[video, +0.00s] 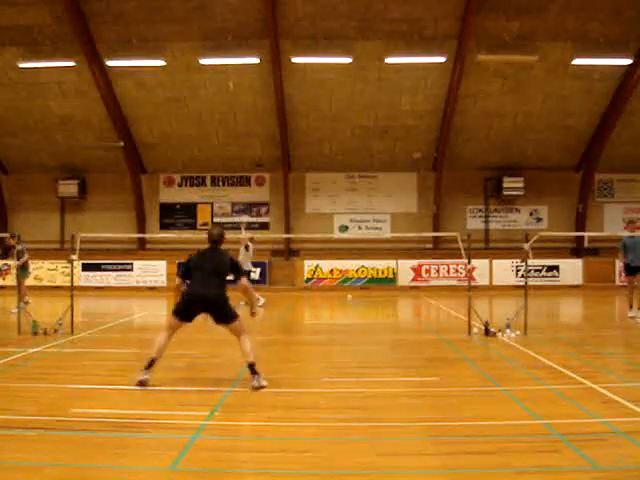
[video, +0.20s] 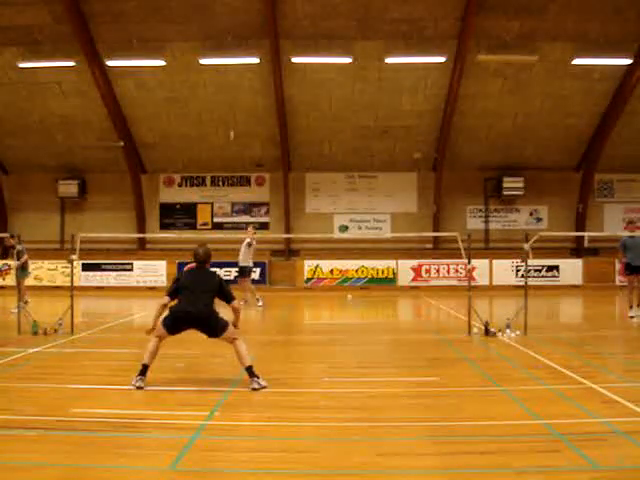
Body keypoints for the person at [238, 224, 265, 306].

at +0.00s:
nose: (243, 240)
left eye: (245, 238)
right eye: (243, 238)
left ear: (248, 240)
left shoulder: (248, 246)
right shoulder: (243, 246)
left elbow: (244, 238)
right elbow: (243, 237)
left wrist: (243, 229)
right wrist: (243, 229)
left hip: (247, 268)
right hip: (242, 268)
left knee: (246, 285)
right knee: (243, 286)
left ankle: (258, 298)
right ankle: (248, 299)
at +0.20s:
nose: (249, 233)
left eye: (250, 231)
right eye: (248, 231)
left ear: (254, 232)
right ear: (247, 232)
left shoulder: (251, 241)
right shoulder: (246, 241)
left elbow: (251, 243)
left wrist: (251, 238)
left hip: (247, 264)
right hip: (242, 264)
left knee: (247, 283)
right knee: (241, 283)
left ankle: (257, 298)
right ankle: (245, 298)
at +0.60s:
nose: (260, 242)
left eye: (261, 240)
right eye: (258, 240)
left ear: (263, 242)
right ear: (256, 240)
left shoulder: (264, 250)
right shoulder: (251, 247)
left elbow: (265, 260)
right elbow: (247, 256)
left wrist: (265, 255)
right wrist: (254, 262)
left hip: (258, 267)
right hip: (249, 267)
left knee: (260, 282)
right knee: (247, 283)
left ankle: (263, 298)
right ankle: (245, 298)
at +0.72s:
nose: (265, 240)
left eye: (267, 239)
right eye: (264, 239)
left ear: (268, 240)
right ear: (261, 240)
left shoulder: (270, 249)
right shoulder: (256, 249)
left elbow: (273, 257)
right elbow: (254, 262)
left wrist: (272, 262)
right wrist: (261, 270)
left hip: (266, 267)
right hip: (256, 268)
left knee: (267, 284)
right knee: (252, 284)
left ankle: (266, 299)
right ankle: (246, 297)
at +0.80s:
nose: (267, 241)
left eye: (269, 239)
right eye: (266, 239)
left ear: (270, 240)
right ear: (264, 240)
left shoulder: (273, 247)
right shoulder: (259, 247)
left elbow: (277, 255)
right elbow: (254, 256)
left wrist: (278, 261)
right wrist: (257, 266)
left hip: (268, 267)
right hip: (259, 268)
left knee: (268, 284)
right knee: (255, 284)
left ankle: (267, 299)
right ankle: (252, 295)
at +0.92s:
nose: (272, 234)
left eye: (274, 232)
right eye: (271, 232)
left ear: (276, 233)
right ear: (268, 232)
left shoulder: (280, 241)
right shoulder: (264, 240)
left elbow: (285, 248)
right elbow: (256, 249)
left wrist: (285, 257)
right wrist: (257, 259)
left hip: (274, 262)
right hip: (264, 263)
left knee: (273, 281)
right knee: (262, 281)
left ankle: (271, 296)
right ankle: (260, 296)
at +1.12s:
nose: (282, 235)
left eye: (283, 232)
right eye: (280, 232)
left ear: (286, 234)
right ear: (278, 233)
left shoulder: (290, 242)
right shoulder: (272, 243)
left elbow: (296, 252)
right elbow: (268, 254)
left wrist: (297, 261)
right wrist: (267, 264)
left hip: (286, 263)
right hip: (275, 263)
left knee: (291, 281)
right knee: (274, 281)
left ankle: (294, 299)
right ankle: (269, 298)